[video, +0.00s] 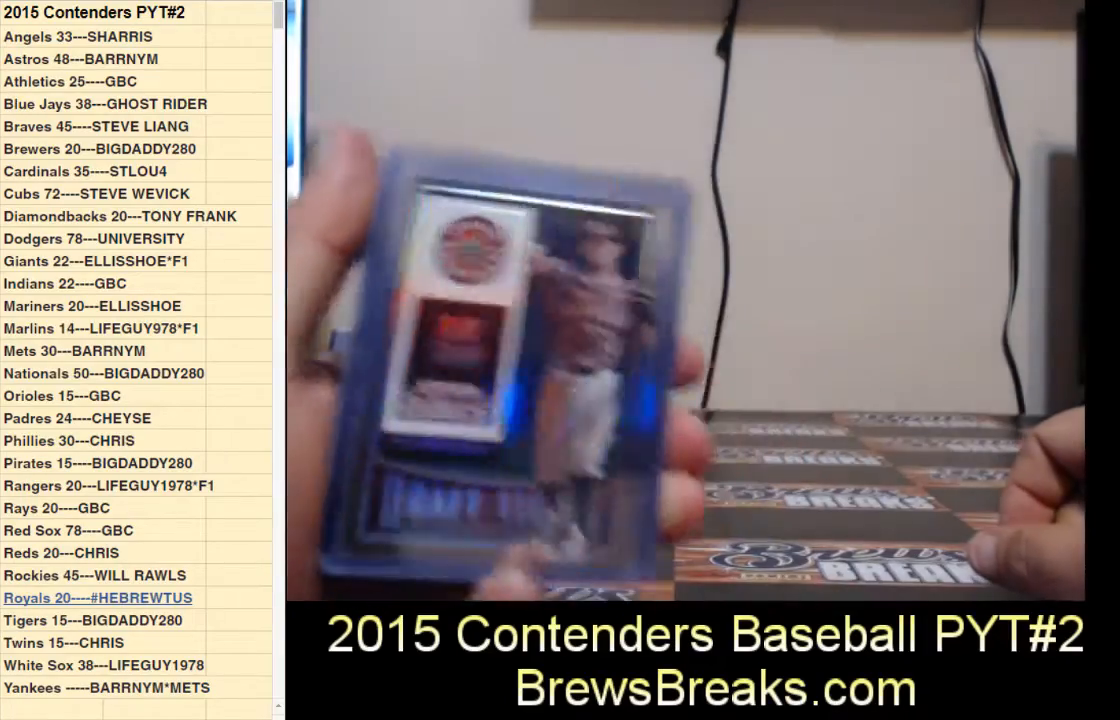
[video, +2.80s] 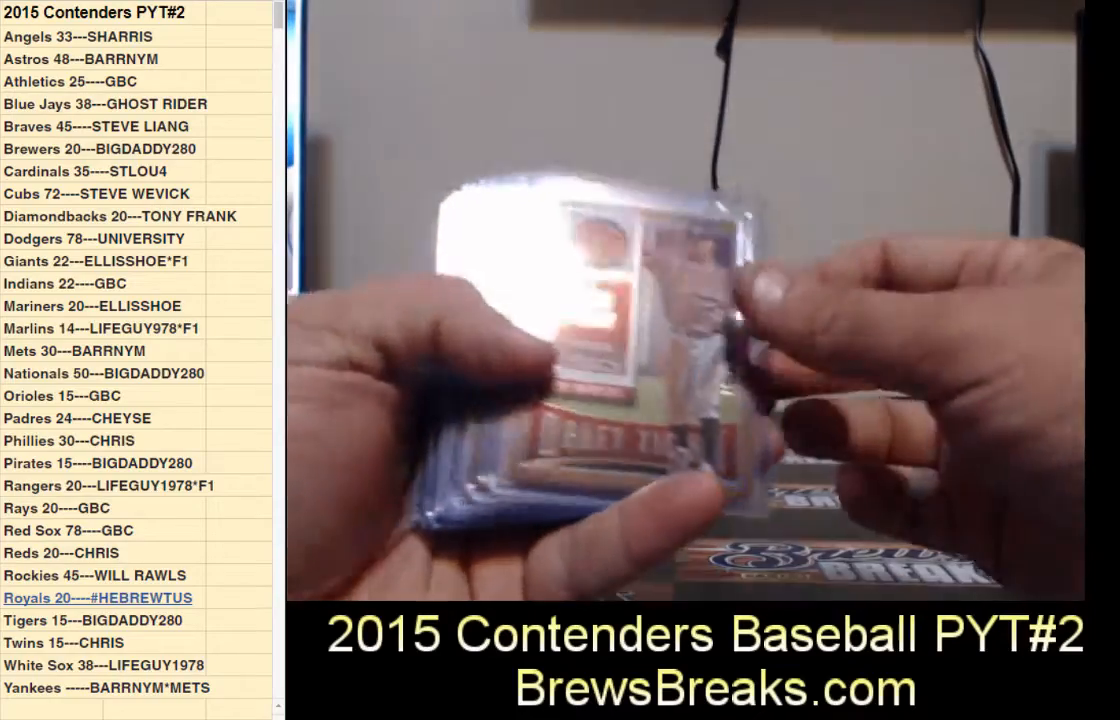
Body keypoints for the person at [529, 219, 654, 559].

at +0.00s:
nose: (599, 249)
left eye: (608, 242)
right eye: (593, 241)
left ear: (621, 249)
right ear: (581, 246)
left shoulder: (626, 292)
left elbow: (646, 335)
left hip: (601, 378)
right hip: (561, 376)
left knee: (586, 459)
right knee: (553, 457)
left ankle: (581, 532)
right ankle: (559, 529)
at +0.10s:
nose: (587, 238)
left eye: (594, 232)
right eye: (583, 232)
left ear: (607, 238)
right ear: (575, 236)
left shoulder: (618, 277)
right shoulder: (561, 266)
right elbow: (534, 254)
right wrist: (527, 246)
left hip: (602, 357)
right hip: (565, 356)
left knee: (593, 429)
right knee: (558, 429)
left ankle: (592, 499)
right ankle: (566, 492)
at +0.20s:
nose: (607, 231)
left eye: (614, 225)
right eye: (602, 225)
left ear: (626, 230)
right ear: (595, 230)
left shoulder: (638, 269)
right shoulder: (581, 259)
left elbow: (658, 311)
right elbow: (560, 251)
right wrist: (552, 242)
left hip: (622, 349)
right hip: (586, 348)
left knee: (615, 422)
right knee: (582, 423)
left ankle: (614, 497)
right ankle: (586, 489)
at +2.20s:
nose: (613, 244)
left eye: (619, 239)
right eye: (610, 238)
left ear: (629, 243)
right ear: (604, 241)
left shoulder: (641, 275)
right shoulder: (591, 266)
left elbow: (680, 297)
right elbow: (564, 255)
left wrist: (668, 295)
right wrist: (567, 255)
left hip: (624, 343)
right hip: (592, 341)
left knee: (618, 407)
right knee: (587, 406)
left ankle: (615, 469)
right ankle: (588, 465)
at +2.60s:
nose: (651, 227)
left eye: (657, 221)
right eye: (647, 221)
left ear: (668, 225)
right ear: (641, 224)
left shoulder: (678, 257)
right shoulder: (629, 252)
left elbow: (697, 286)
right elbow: (603, 238)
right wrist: (610, 238)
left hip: (665, 318)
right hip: (634, 317)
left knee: (660, 382)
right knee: (629, 382)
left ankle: (661, 444)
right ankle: (631, 443)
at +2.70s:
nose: (672, 235)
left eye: (677, 229)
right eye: (667, 228)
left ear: (686, 233)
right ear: (659, 231)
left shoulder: (695, 263)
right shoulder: (648, 257)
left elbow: (711, 296)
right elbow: (622, 246)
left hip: (685, 328)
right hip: (654, 328)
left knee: (680, 393)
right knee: (650, 393)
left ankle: (681, 454)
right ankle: (653, 452)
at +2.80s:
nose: (702, 252)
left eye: (708, 247)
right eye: (698, 245)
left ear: (714, 249)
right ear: (691, 247)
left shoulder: (723, 275)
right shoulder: (675, 267)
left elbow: (735, 307)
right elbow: (645, 257)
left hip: (714, 340)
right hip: (682, 339)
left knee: (709, 403)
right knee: (679, 400)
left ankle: (710, 462)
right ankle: (682, 457)